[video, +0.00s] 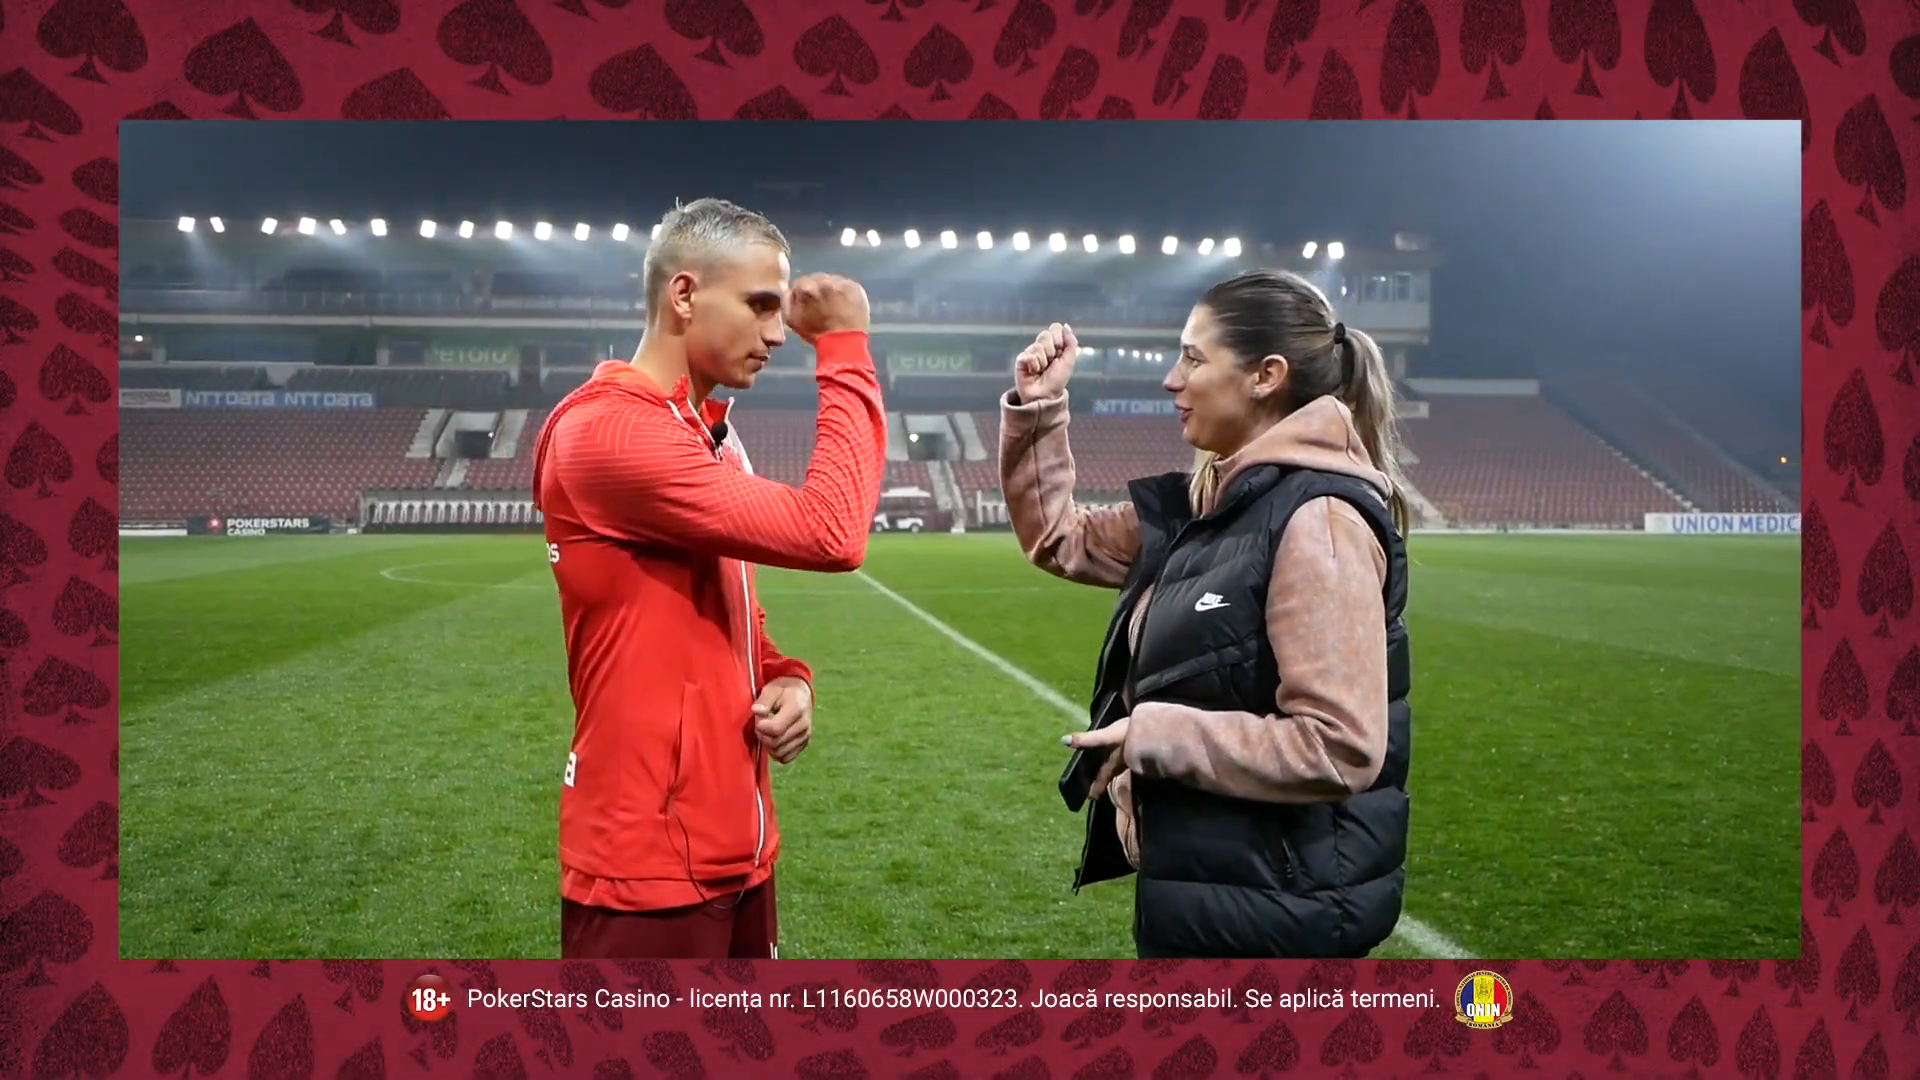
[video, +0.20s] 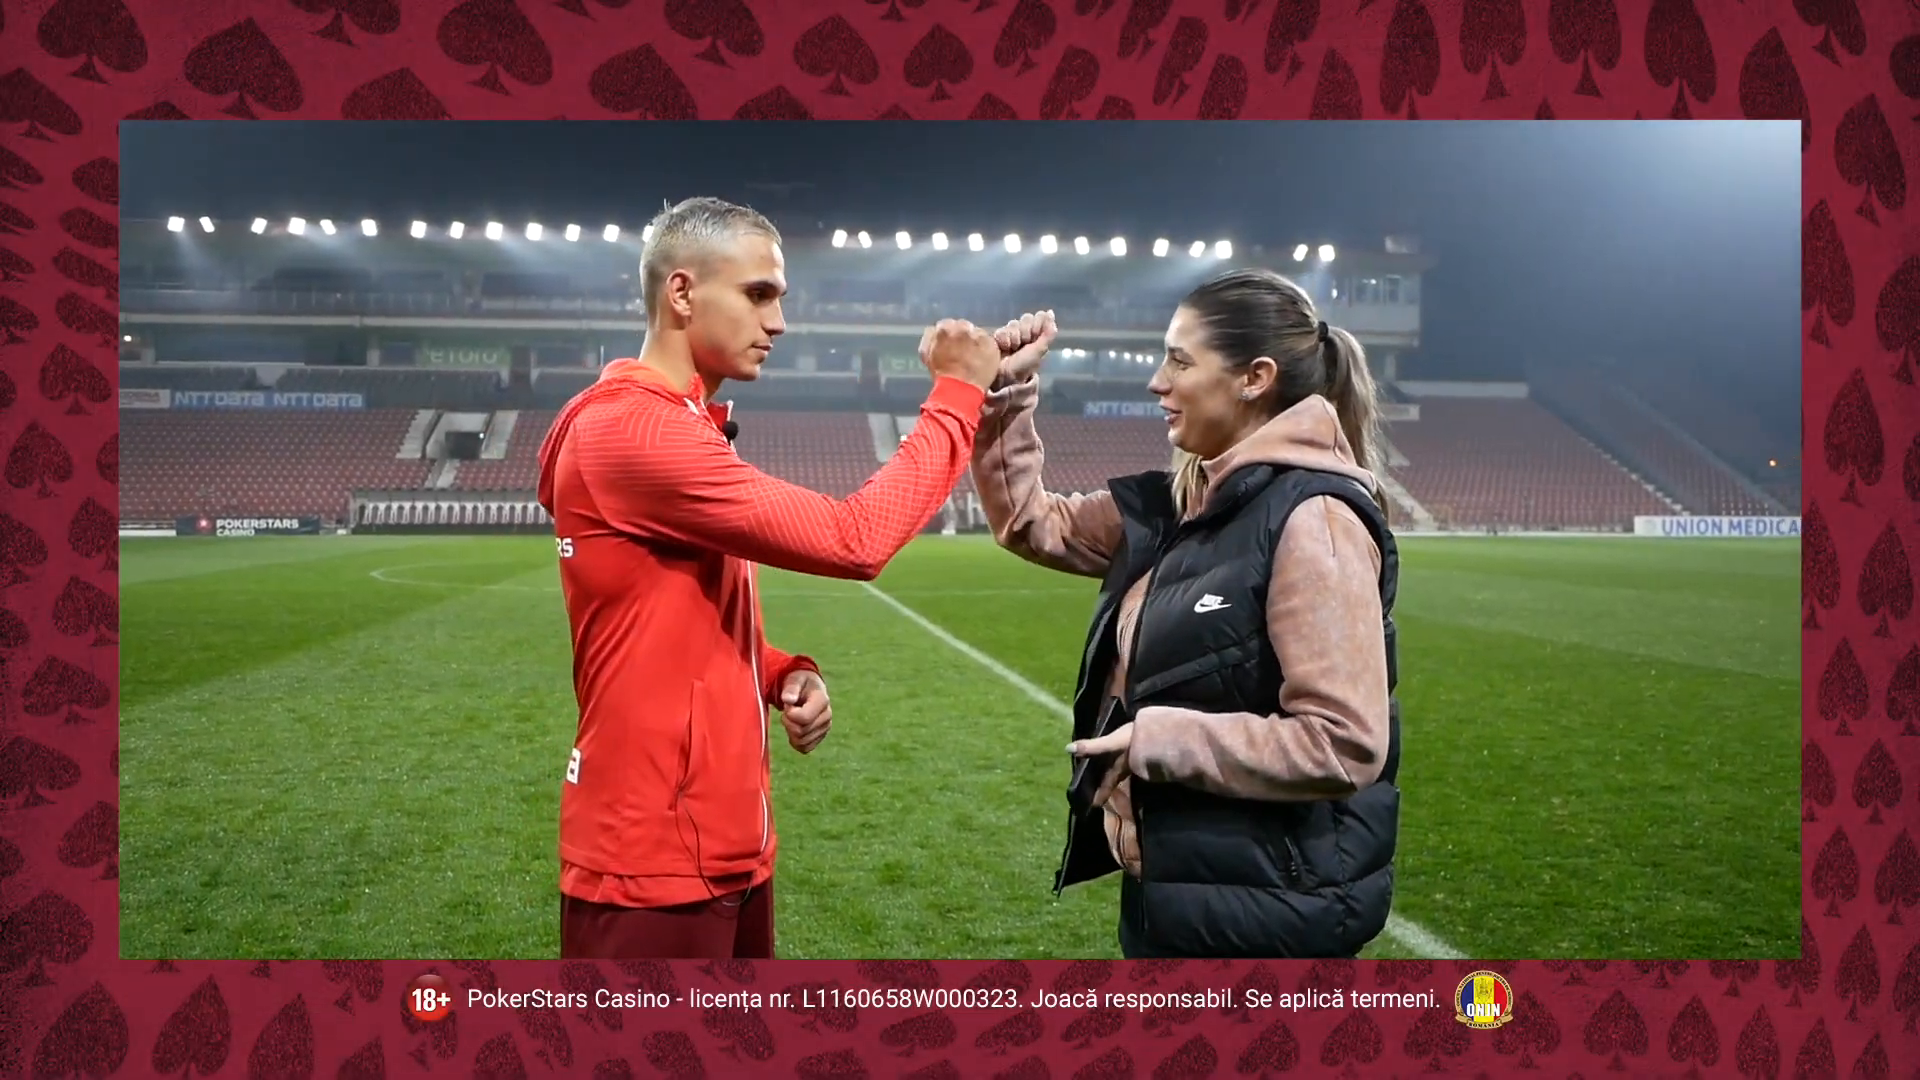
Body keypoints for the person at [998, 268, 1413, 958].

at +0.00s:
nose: (1172, 381)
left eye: (1192, 358)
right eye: (1180, 358)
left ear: (1267, 377)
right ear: (1264, 379)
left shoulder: (1320, 520)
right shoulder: (1212, 503)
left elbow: (1338, 746)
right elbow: (1057, 539)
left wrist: (1155, 732)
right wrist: (1037, 411)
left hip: (1271, 918)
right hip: (1201, 904)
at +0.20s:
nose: (1158, 385)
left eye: (1178, 362)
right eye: (1165, 360)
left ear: (1255, 378)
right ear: (1250, 380)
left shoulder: (1315, 520)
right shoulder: (1190, 503)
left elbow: (1342, 743)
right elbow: (1031, 524)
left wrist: (1158, 738)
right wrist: (1006, 394)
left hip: (1258, 921)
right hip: (1175, 906)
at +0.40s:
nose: (1156, 384)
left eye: (1177, 361)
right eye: (1163, 360)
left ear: (1254, 376)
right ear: (1248, 377)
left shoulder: (1317, 519)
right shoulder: (1187, 501)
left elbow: (1349, 740)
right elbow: (1028, 525)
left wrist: (1166, 741)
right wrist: (1007, 395)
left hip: (1258, 918)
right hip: (1174, 902)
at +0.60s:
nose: (1163, 379)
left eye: (1183, 356)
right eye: (1170, 356)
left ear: (1259, 372)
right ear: (1255, 374)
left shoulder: (1320, 517)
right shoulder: (1193, 503)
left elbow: (1346, 741)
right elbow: (1037, 527)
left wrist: (1162, 731)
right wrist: (1031, 396)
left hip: (1258, 920)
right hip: (1176, 906)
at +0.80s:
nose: (1173, 375)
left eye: (1194, 353)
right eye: (1180, 354)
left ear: (1266, 369)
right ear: (1263, 371)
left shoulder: (1322, 517)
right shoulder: (1215, 505)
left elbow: (1339, 742)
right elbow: (1069, 574)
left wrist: (1153, 720)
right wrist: (1050, 450)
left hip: (1258, 918)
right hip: (1183, 906)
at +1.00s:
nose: (1177, 373)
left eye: (1199, 350)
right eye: (1186, 351)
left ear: (1269, 366)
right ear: (1260, 367)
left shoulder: (1321, 518)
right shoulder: (1225, 502)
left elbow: (1335, 742)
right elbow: (1178, 687)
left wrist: (1159, 723)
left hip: (1255, 920)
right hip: (1186, 907)